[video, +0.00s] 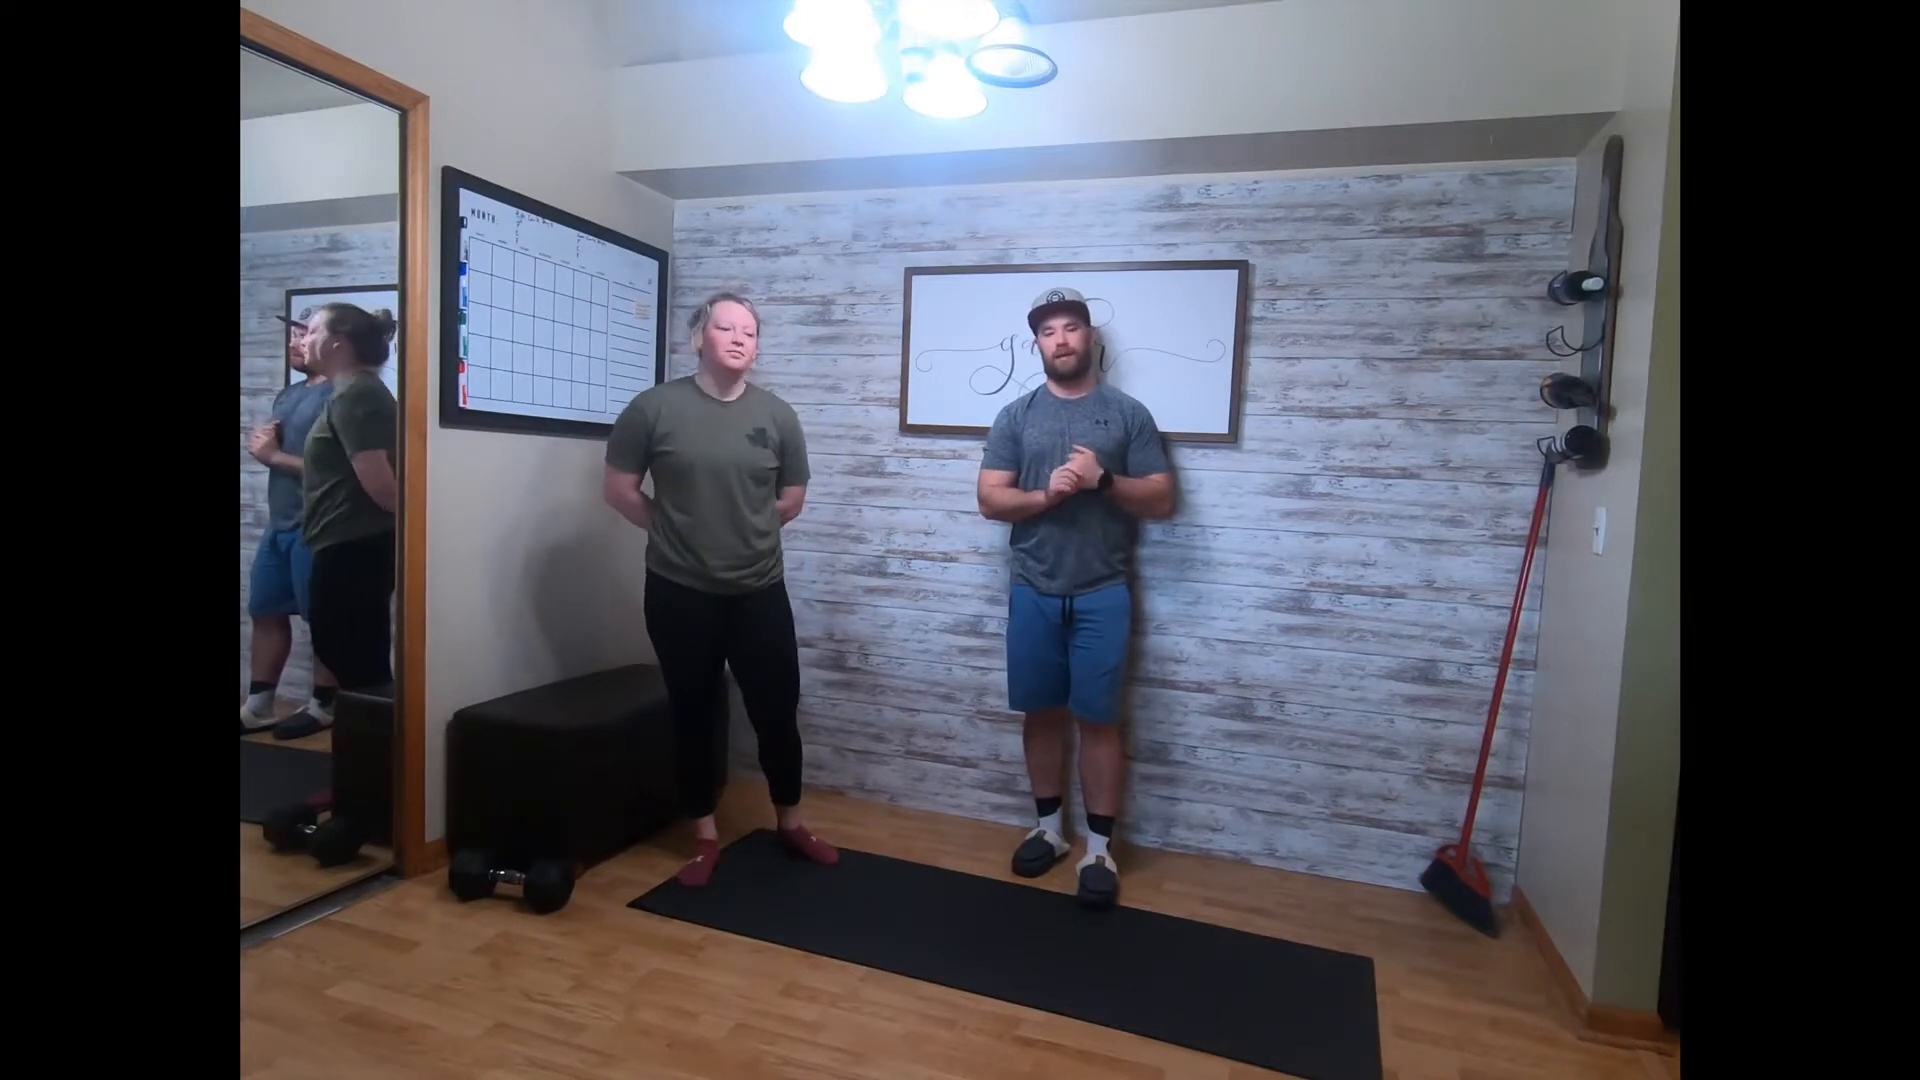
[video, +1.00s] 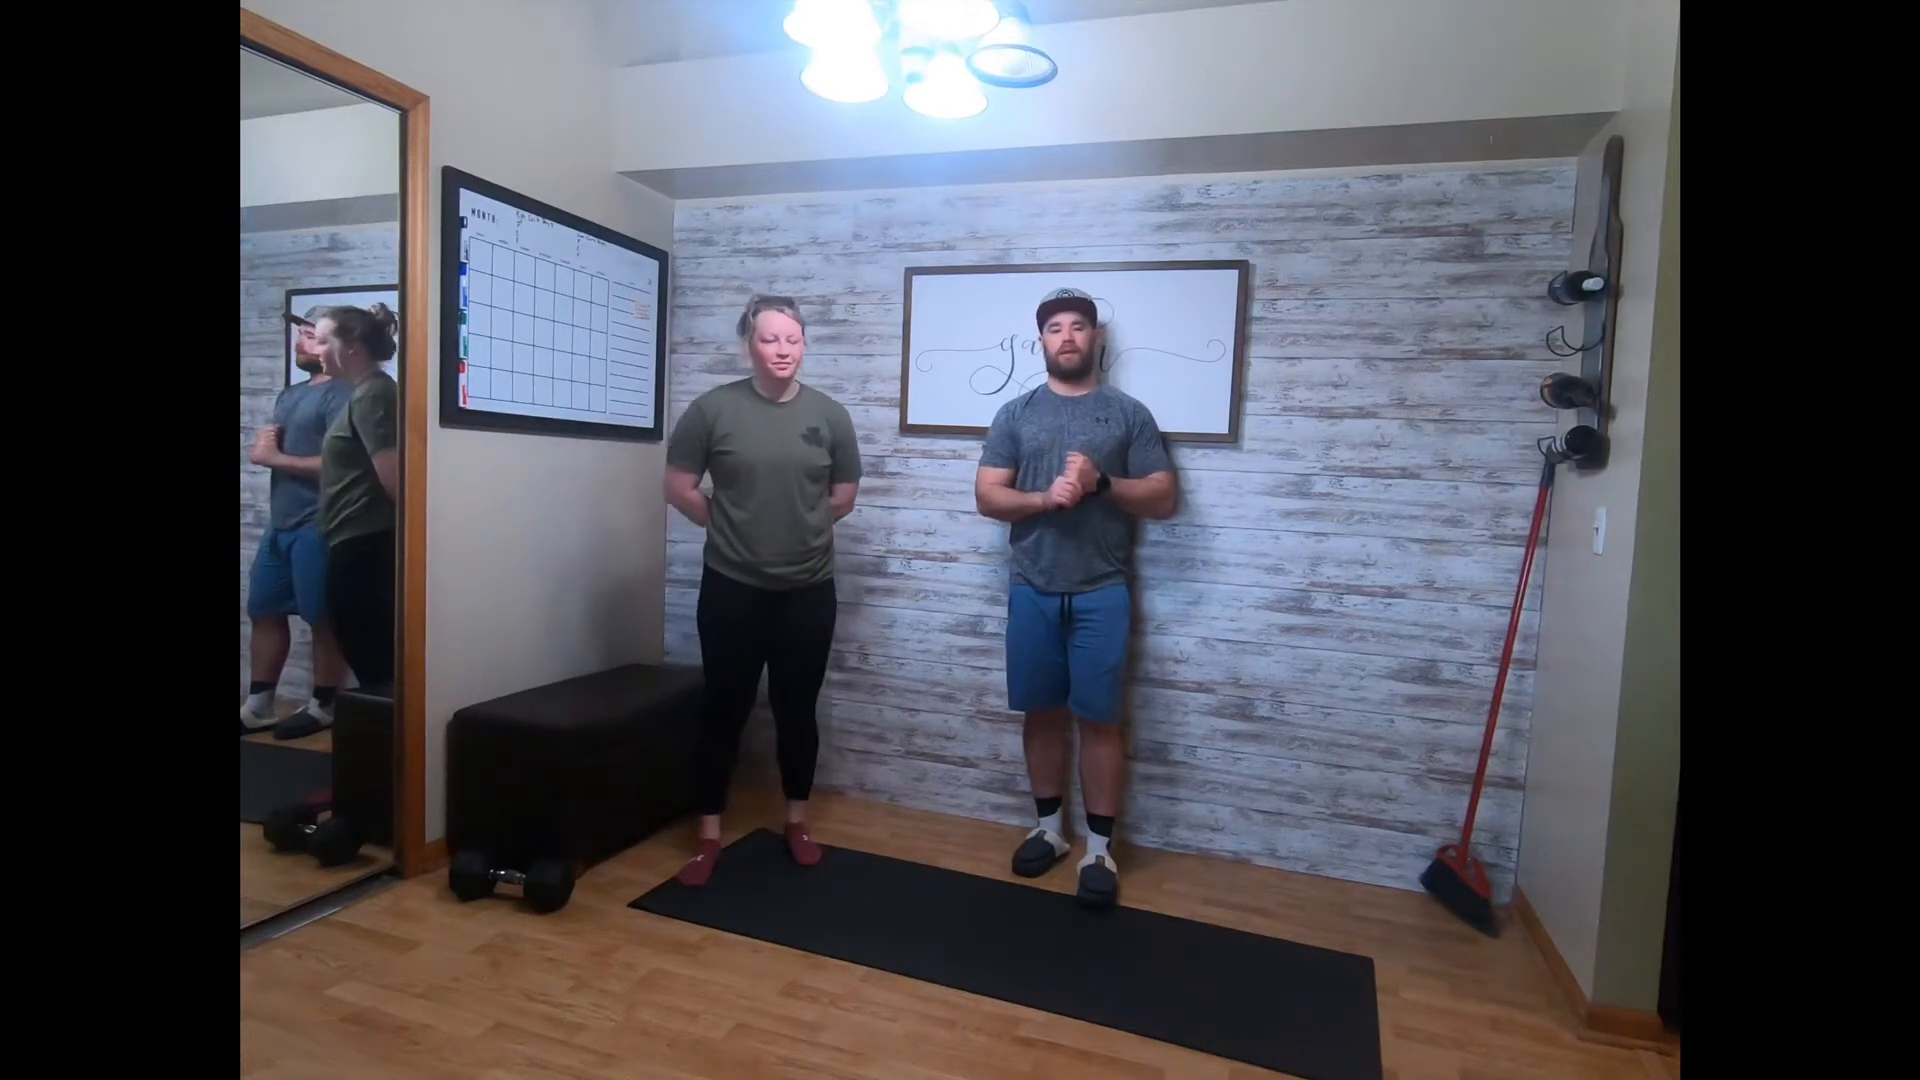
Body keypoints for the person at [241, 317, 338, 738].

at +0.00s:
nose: (297, 339)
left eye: (306, 332)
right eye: (297, 332)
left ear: (328, 344)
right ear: (298, 344)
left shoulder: (335, 396)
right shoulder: (288, 395)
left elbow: (328, 467)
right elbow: (285, 449)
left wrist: (273, 454)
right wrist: (267, 444)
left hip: (315, 528)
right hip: (279, 526)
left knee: (321, 620)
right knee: (267, 612)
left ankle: (324, 706)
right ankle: (260, 703)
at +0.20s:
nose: (298, 340)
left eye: (307, 332)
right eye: (298, 333)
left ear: (329, 344)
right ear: (299, 345)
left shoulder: (336, 396)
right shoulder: (290, 396)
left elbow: (327, 466)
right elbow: (283, 444)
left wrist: (272, 452)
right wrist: (267, 440)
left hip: (315, 527)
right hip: (280, 526)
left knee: (321, 620)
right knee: (267, 611)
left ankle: (324, 706)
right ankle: (259, 703)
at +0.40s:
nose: (298, 343)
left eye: (307, 335)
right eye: (299, 334)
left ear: (329, 347)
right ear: (304, 346)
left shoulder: (336, 397)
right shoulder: (291, 396)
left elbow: (327, 466)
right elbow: (286, 446)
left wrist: (271, 453)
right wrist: (268, 441)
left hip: (316, 527)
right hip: (280, 525)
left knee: (321, 618)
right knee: (266, 610)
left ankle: (323, 706)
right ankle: (260, 703)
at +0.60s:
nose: (301, 340)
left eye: (310, 333)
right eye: (303, 333)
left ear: (332, 344)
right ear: (306, 345)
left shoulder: (341, 396)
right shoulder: (292, 394)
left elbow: (331, 465)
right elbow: (277, 440)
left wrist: (273, 453)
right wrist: (265, 440)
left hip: (317, 526)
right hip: (280, 525)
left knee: (321, 619)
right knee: (266, 611)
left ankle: (324, 706)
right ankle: (259, 703)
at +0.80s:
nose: (305, 339)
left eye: (314, 333)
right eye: (305, 332)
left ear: (334, 343)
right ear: (305, 344)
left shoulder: (343, 395)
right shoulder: (291, 394)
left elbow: (335, 464)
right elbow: (274, 445)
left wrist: (274, 454)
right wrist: (264, 442)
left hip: (319, 525)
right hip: (280, 525)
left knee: (322, 619)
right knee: (265, 611)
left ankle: (323, 707)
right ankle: (259, 704)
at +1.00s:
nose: (300, 340)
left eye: (310, 335)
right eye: (301, 333)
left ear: (331, 347)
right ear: (302, 343)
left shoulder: (342, 394)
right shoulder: (289, 395)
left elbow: (337, 464)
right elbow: (278, 443)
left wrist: (275, 458)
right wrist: (267, 443)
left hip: (319, 524)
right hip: (280, 524)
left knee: (322, 618)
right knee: (265, 610)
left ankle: (324, 707)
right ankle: (259, 704)